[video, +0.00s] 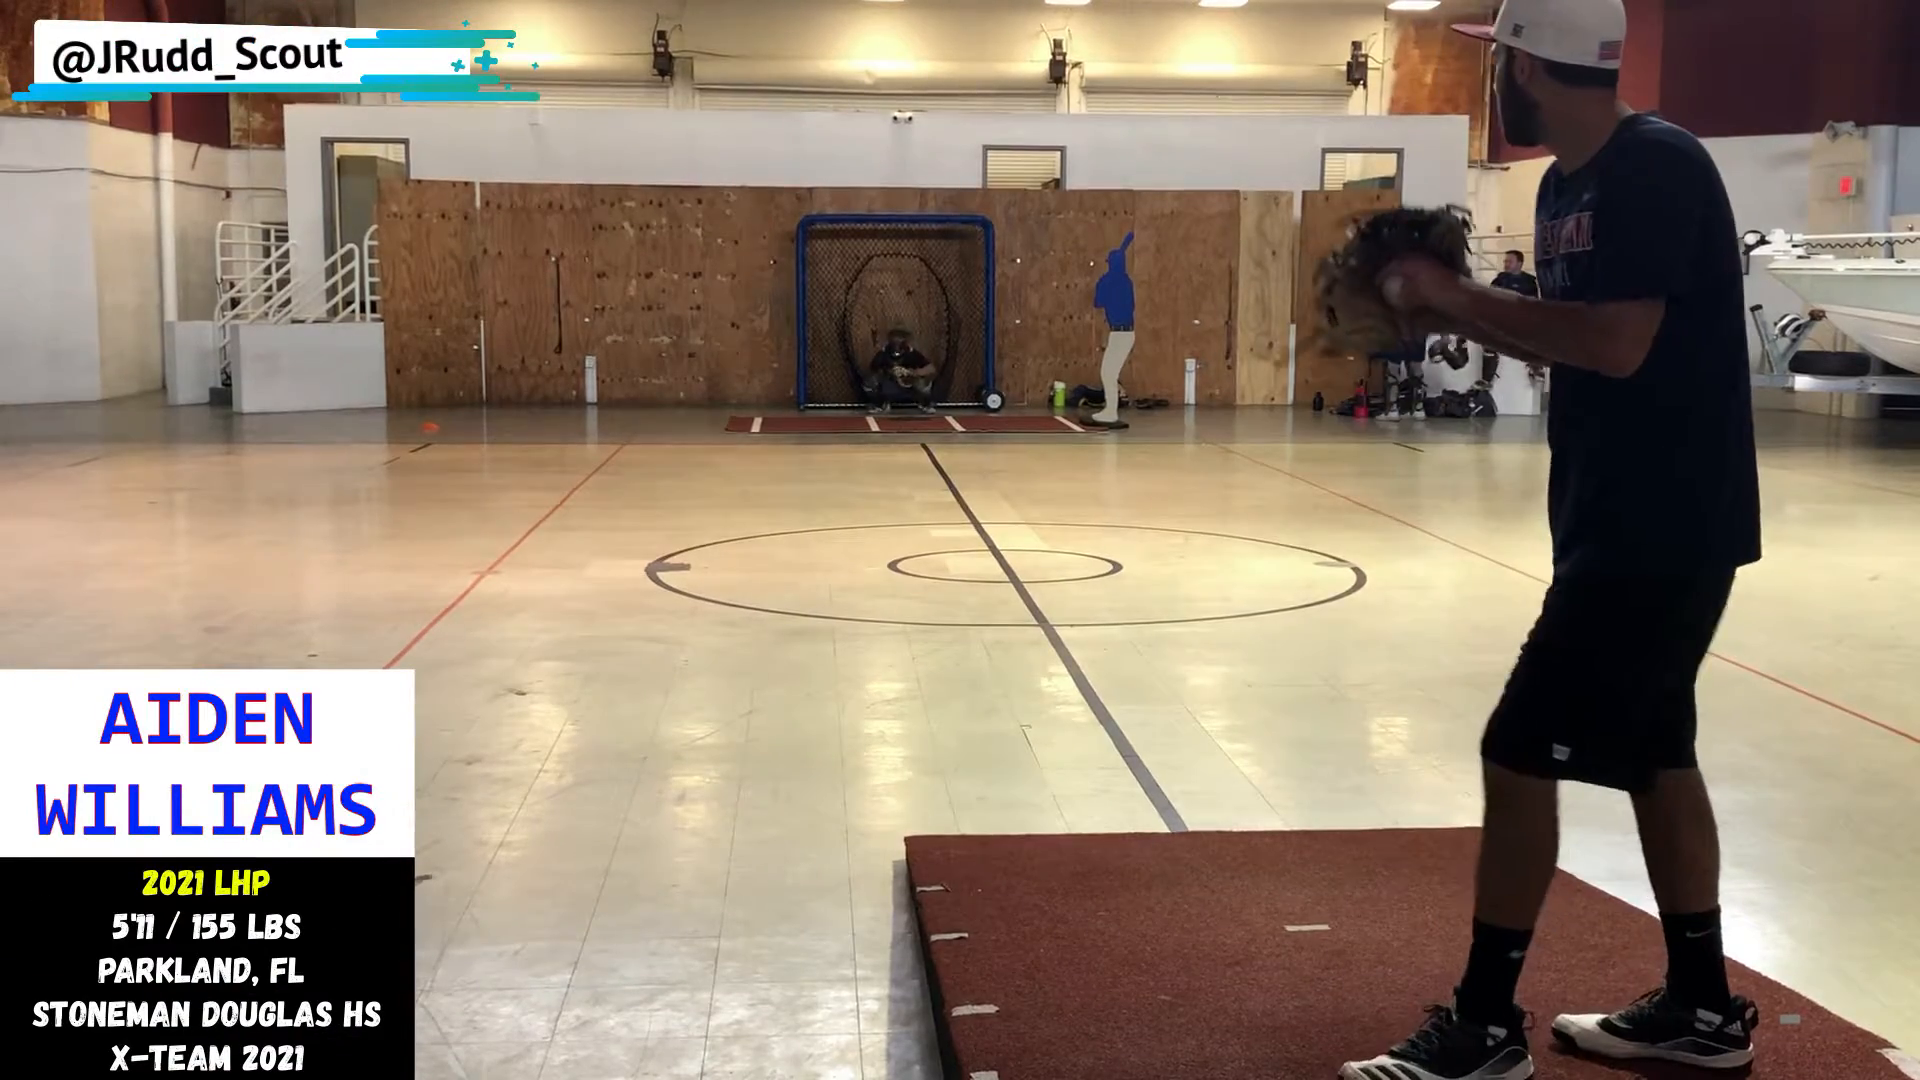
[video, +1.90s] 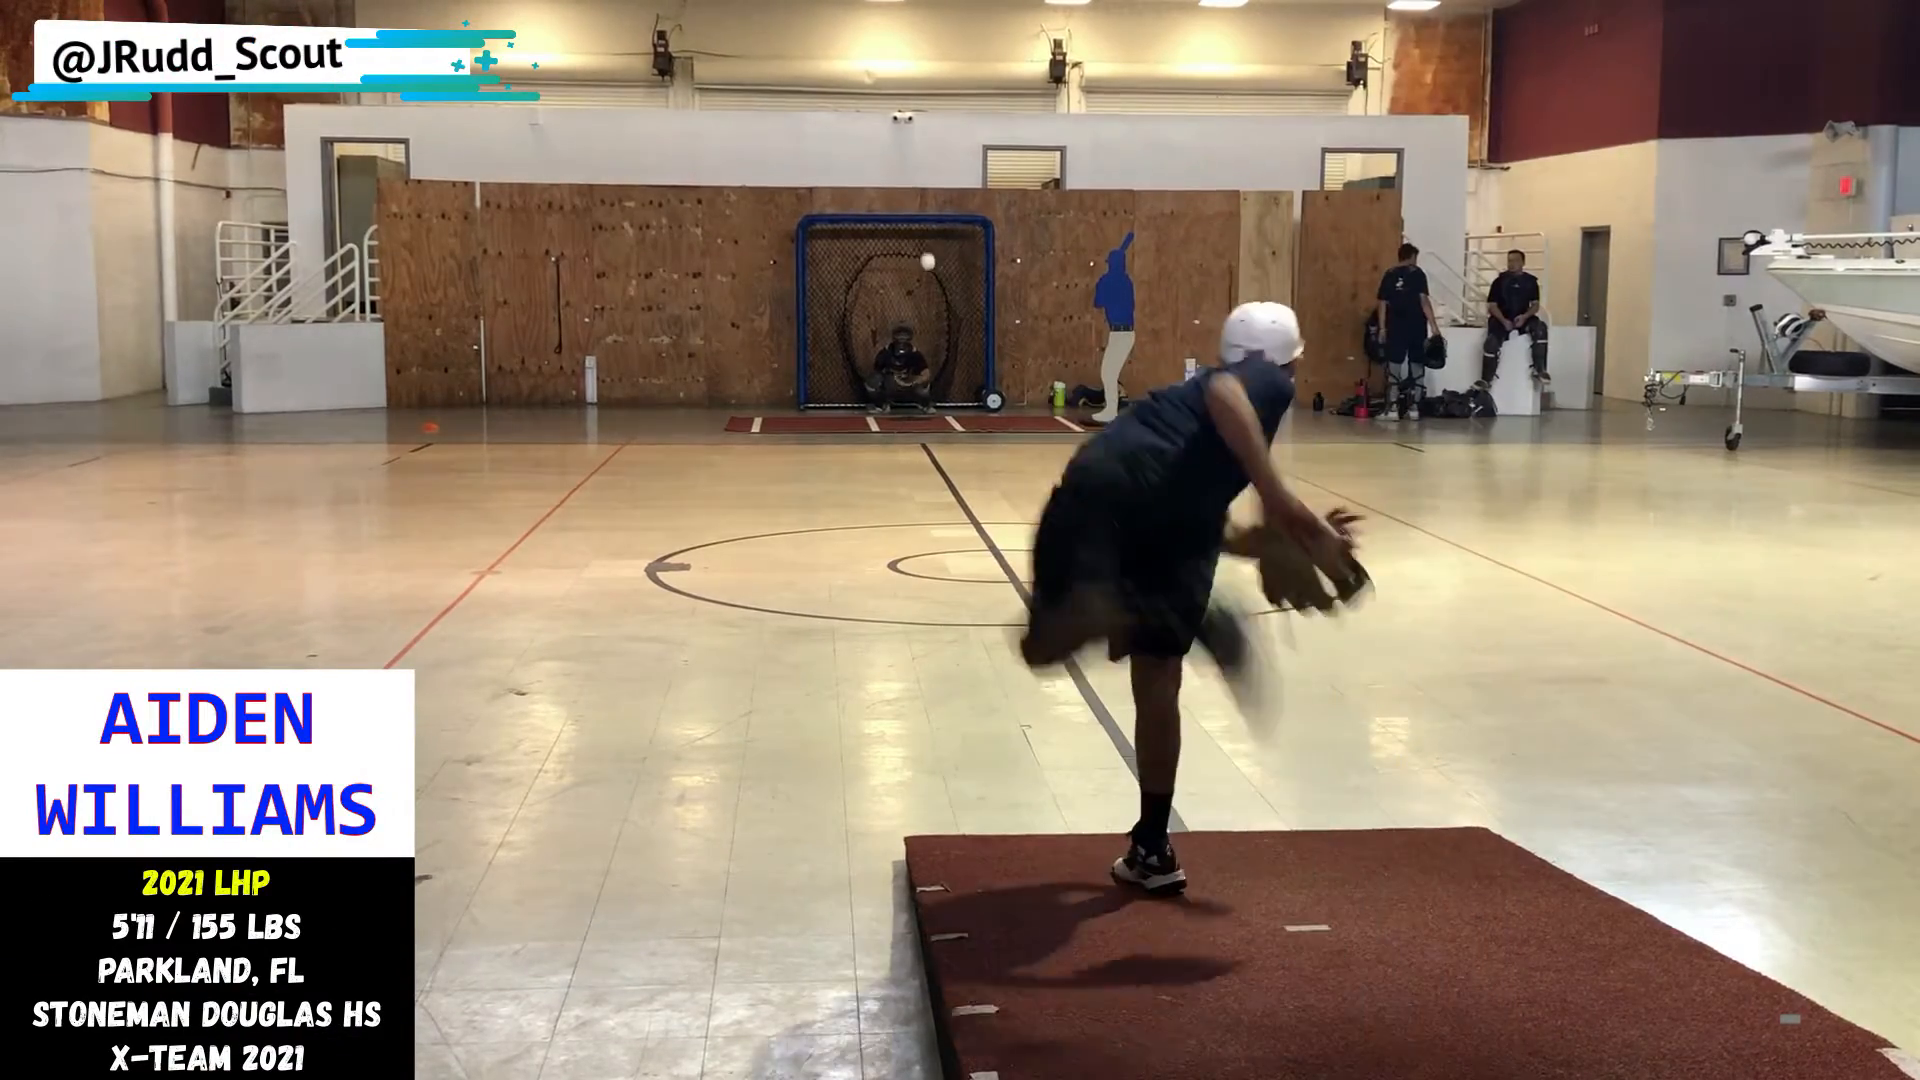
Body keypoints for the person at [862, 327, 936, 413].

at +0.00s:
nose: (896, 347)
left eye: (900, 343)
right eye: (894, 343)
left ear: (906, 342)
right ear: (889, 342)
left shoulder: (913, 354)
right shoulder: (882, 355)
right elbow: (873, 372)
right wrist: (891, 373)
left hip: (910, 389)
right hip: (889, 388)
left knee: (921, 382)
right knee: (872, 381)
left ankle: (925, 404)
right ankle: (881, 404)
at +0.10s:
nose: (898, 344)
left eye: (902, 341)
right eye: (895, 341)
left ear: (906, 341)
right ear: (890, 340)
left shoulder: (913, 353)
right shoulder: (882, 354)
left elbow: (929, 370)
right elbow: (875, 374)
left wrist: (910, 374)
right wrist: (889, 373)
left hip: (910, 389)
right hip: (889, 389)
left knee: (921, 383)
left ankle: (925, 405)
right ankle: (883, 405)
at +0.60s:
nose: (900, 344)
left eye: (903, 340)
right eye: (896, 341)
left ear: (907, 340)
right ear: (891, 340)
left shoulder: (914, 353)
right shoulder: (884, 353)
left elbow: (925, 370)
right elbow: (877, 371)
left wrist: (919, 380)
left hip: (911, 384)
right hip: (891, 385)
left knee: (922, 387)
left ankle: (925, 405)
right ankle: (880, 405)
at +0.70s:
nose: (899, 344)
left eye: (902, 340)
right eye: (895, 340)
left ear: (907, 340)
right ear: (891, 340)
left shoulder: (913, 353)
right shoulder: (883, 353)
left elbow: (924, 370)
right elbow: (877, 371)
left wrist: (918, 381)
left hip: (910, 385)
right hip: (890, 387)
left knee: (923, 387)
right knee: (872, 381)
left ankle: (925, 405)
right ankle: (881, 405)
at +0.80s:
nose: (898, 344)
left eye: (902, 341)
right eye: (895, 340)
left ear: (907, 341)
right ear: (891, 340)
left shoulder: (913, 353)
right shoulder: (883, 353)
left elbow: (924, 371)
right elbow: (876, 371)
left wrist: (917, 384)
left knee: (922, 388)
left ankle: (925, 405)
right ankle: (881, 405)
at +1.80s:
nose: (900, 342)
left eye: (903, 339)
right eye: (897, 339)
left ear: (908, 339)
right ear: (892, 338)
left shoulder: (914, 354)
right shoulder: (884, 353)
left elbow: (925, 374)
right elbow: (876, 373)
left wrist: (918, 387)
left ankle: (925, 405)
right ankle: (881, 405)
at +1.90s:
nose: (901, 345)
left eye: (905, 341)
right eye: (899, 341)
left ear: (910, 340)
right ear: (893, 340)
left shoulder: (916, 354)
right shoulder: (884, 353)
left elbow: (926, 375)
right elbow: (877, 372)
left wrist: (911, 382)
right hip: (889, 389)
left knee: (923, 386)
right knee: (873, 380)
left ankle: (925, 405)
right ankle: (882, 405)